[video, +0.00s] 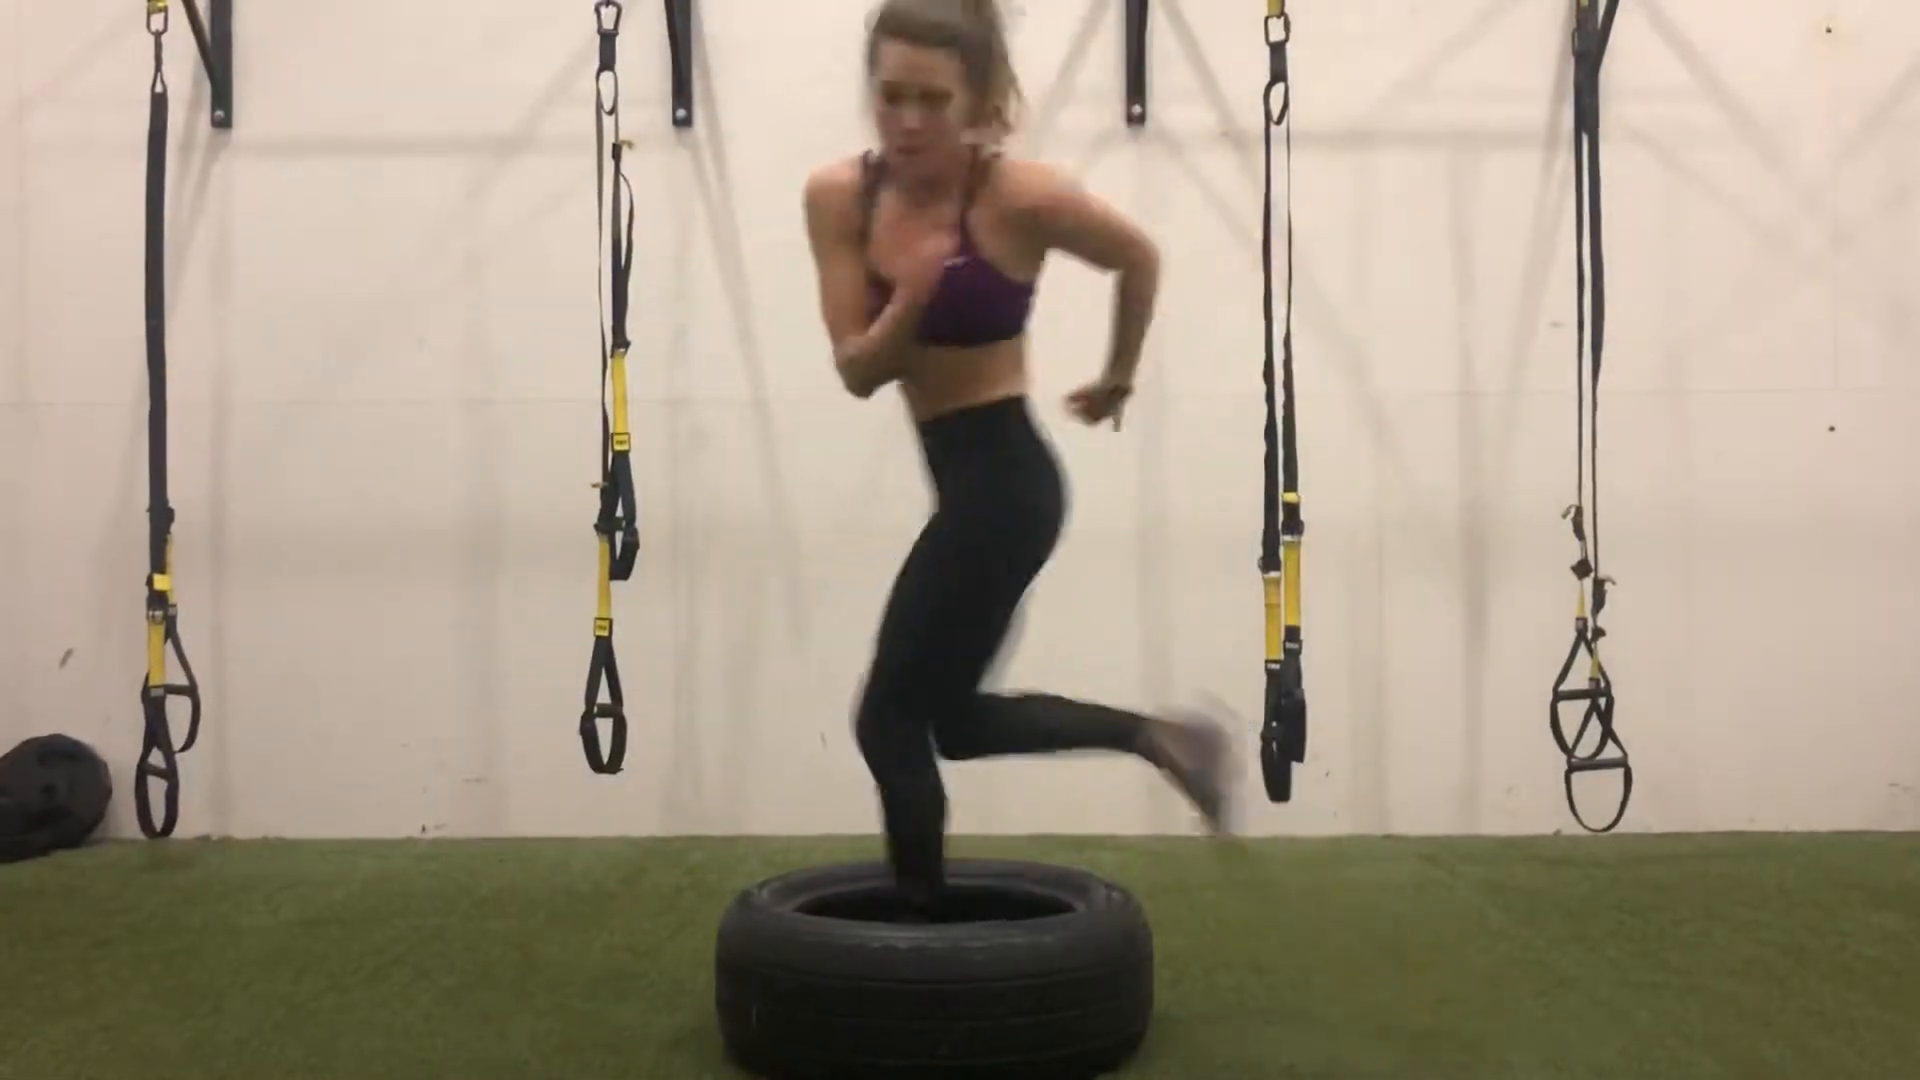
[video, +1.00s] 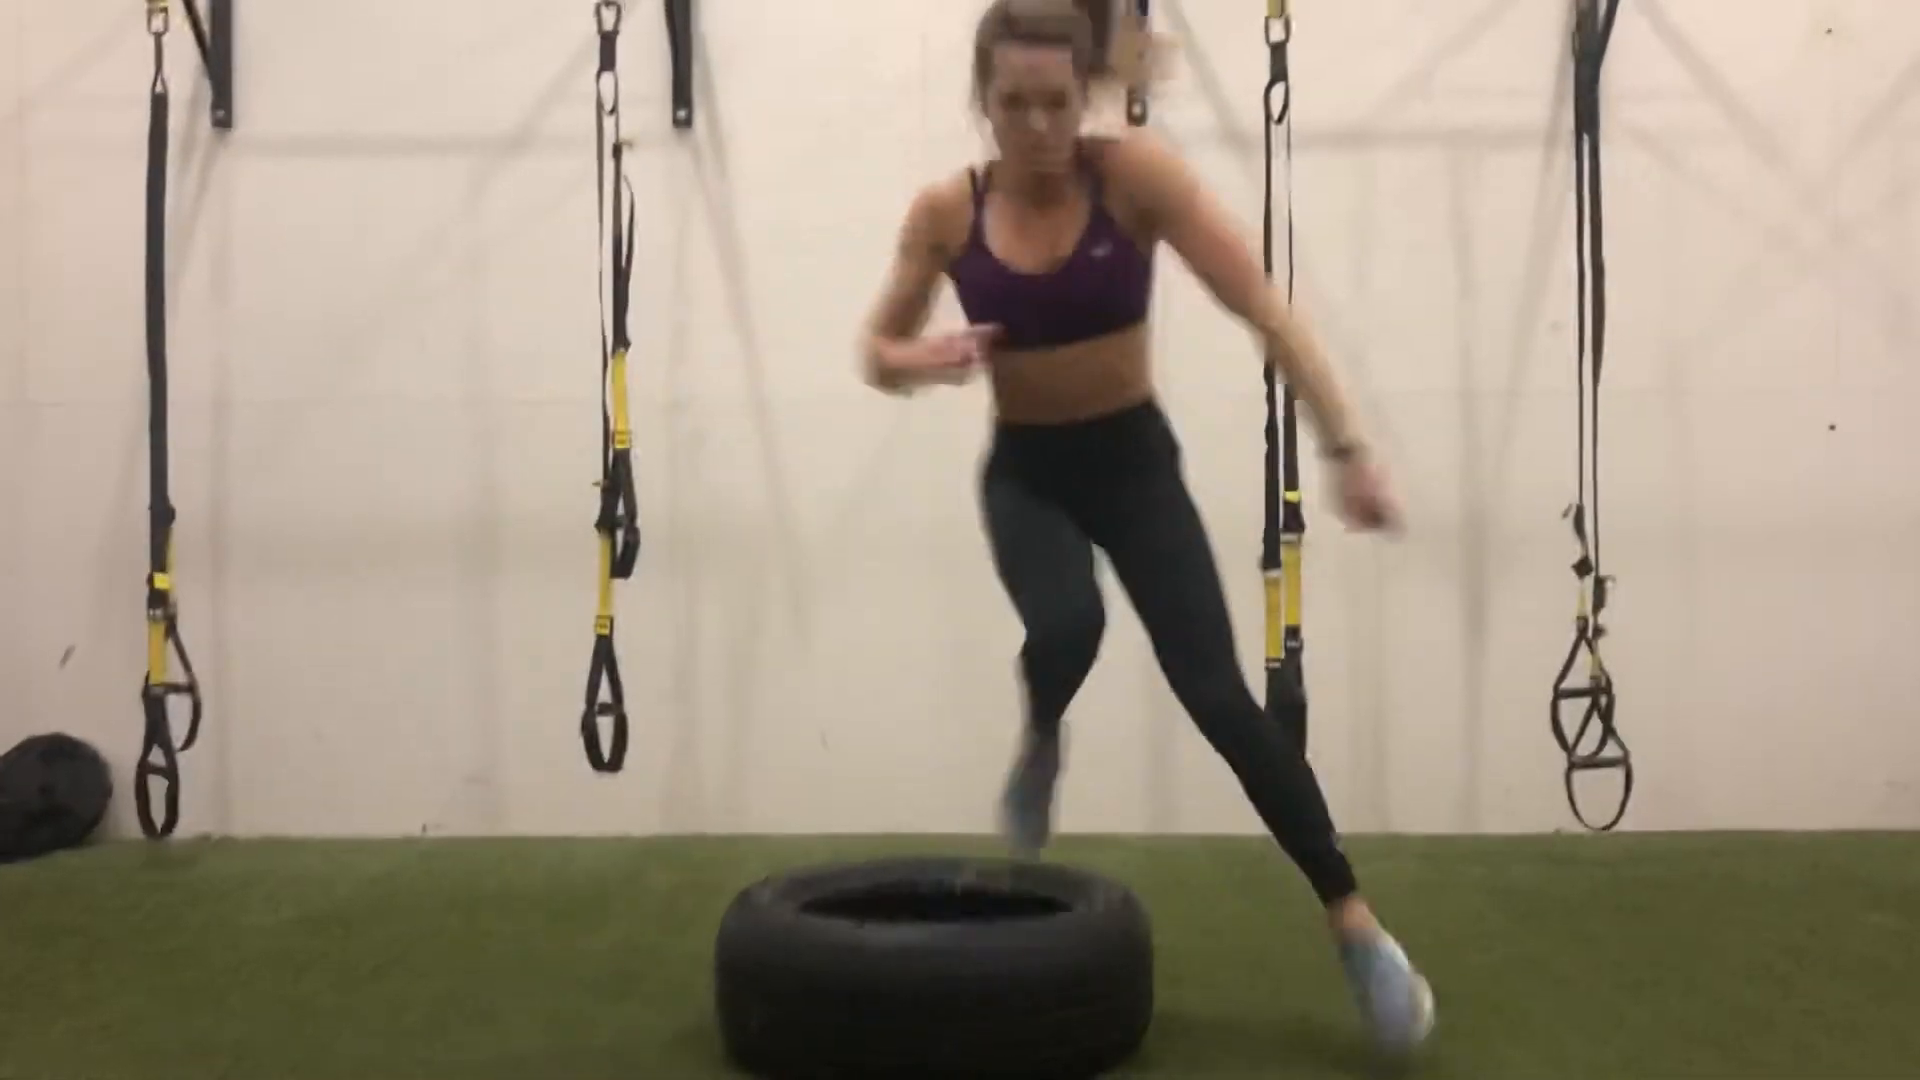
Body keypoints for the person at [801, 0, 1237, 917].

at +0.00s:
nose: (906, 122)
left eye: (930, 99)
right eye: (890, 97)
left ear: (980, 102)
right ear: (868, 94)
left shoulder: (1021, 196)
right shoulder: (840, 197)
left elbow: (1139, 259)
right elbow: (857, 373)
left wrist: (1118, 378)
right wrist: (914, 293)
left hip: (1008, 485)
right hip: (966, 484)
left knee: (889, 724)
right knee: (951, 722)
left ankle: (921, 939)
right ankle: (1169, 740)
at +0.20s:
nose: (826, 132)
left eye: (850, 111)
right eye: (807, 108)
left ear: (885, 110)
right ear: (779, 101)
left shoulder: (930, 203)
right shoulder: (732, 214)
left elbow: (1076, 288)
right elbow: (726, 367)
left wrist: (1084, 427)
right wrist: (795, 371)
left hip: (907, 465)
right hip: (806, 467)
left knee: (808, 648)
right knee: (695, 678)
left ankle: (926, 850)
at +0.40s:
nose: (832, 169)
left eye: (852, 150)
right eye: (814, 147)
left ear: (883, 145)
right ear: (781, 138)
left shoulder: (915, 255)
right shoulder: (723, 241)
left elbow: (963, 373)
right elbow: (637, 360)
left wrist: (936, 408)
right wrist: (649, 466)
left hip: (806, 508)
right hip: (700, 482)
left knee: (762, 699)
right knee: (613, 727)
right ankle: (554, 924)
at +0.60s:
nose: (885, 162)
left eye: (904, 139)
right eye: (863, 139)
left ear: (932, 136)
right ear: (829, 136)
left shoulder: (962, 210)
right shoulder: (795, 214)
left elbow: (981, 323)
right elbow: (690, 215)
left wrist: (859, 276)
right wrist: (612, 258)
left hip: (834, 500)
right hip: (761, 472)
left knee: (721, 733)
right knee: (921, 614)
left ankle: (550, 943)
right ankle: (720, 719)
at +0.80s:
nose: (981, 133)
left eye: (999, 110)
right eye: (960, 111)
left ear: (1026, 101)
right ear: (924, 104)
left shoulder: (1057, 176)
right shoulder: (882, 203)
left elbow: (1032, 293)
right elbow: (742, 269)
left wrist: (938, 348)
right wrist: (613, 312)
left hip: (983, 497)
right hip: (898, 497)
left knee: (1077, 714)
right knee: (957, 739)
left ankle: (911, 679)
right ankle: (928, 960)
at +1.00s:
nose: (1040, 125)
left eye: (1058, 101)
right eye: (1017, 102)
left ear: (1087, 95)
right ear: (984, 102)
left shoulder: (1137, 175)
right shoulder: (947, 213)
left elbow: (1264, 308)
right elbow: (879, 353)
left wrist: (1349, 447)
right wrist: (924, 357)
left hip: (1132, 457)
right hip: (1025, 467)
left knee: (1217, 697)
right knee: (1065, 627)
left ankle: (1358, 928)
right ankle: (1038, 754)